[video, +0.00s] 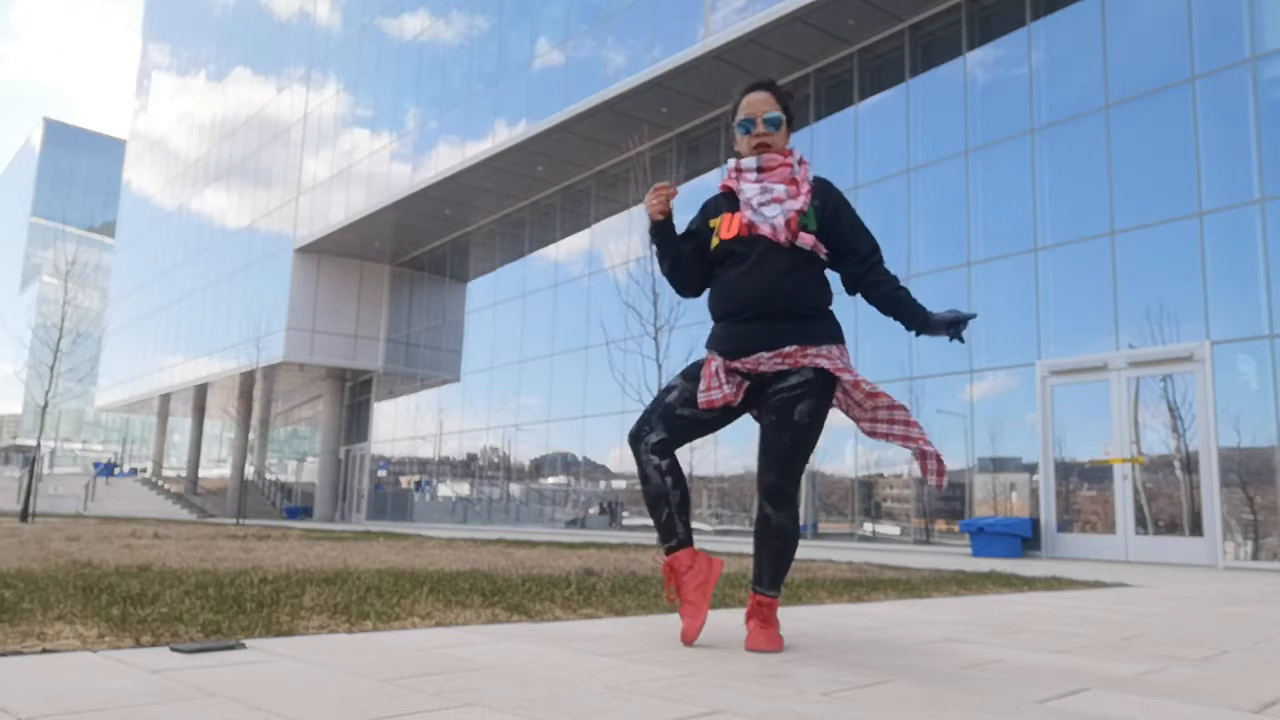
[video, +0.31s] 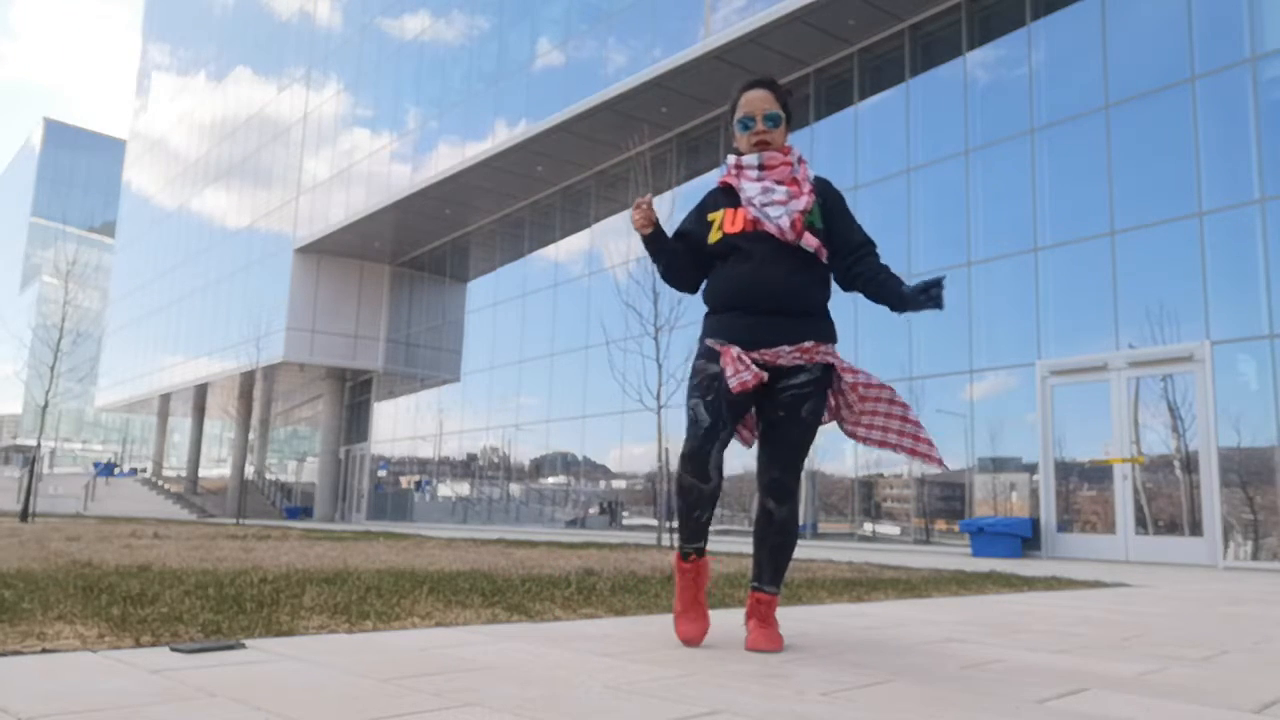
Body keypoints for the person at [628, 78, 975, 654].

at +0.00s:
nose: (759, 133)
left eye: (771, 123)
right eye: (747, 125)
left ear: (789, 132)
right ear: (733, 137)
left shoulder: (818, 197)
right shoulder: (718, 208)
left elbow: (867, 272)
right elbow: (689, 279)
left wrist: (921, 320)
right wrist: (662, 227)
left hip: (802, 360)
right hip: (728, 361)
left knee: (777, 487)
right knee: (649, 438)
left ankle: (764, 607)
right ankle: (682, 561)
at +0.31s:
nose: (760, 130)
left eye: (771, 120)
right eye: (747, 122)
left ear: (789, 129)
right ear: (732, 134)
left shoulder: (819, 196)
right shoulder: (717, 201)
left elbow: (857, 263)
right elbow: (686, 274)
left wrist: (901, 295)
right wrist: (652, 235)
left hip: (801, 351)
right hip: (726, 348)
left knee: (779, 483)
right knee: (700, 448)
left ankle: (762, 607)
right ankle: (690, 571)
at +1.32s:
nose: (738, 128)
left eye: (749, 119)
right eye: (726, 118)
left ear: (761, 129)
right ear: (704, 126)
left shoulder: (778, 200)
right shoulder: (674, 197)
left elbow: (808, 263)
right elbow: (635, 259)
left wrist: (836, 294)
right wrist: (618, 210)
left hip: (756, 356)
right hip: (682, 358)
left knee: (758, 480)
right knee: (677, 480)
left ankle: (762, 606)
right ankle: (668, 598)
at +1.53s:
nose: (737, 146)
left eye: (744, 138)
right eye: (726, 136)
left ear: (748, 144)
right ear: (695, 140)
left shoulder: (757, 208)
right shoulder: (659, 207)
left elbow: (792, 276)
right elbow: (602, 249)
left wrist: (749, 280)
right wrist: (601, 185)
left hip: (729, 359)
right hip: (661, 360)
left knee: (713, 459)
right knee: (664, 474)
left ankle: (732, 589)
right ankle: (667, 596)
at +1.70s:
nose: (739, 154)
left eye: (742, 145)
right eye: (728, 144)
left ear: (742, 147)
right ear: (693, 146)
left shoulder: (748, 209)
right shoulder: (657, 209)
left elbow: (749, 271)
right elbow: (593, 235)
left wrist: (659, 269)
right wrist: (608, 169)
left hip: (715, 362)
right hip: (649, 360)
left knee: (679, 460)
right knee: (654, 474)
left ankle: (698, 584)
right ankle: (665, 597)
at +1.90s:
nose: (742, 166)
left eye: (746, 156)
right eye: (734, 154)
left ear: (734, 156)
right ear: (699, 149)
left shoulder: (739, 215)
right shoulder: (647, 204)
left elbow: (727, 276)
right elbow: (580, 221)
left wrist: (636, 268)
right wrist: (614, 164)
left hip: (716, 354)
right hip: (647, 355)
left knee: (745, 458)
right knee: (653, 473)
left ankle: (748, 574)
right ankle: (667, 596)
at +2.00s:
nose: (745, 168)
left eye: (748, 158)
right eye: (737, 156)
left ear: (735, 154)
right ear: (701, 150)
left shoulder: (736, 218)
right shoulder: (647, 200)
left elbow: (724, 274)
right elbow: (574, 216)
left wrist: (632, 265)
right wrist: (611, 161)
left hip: (717, 353)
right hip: (647, 356)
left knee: (772, 454)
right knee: (654, 476)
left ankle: (809, 576)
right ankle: (667, 598)